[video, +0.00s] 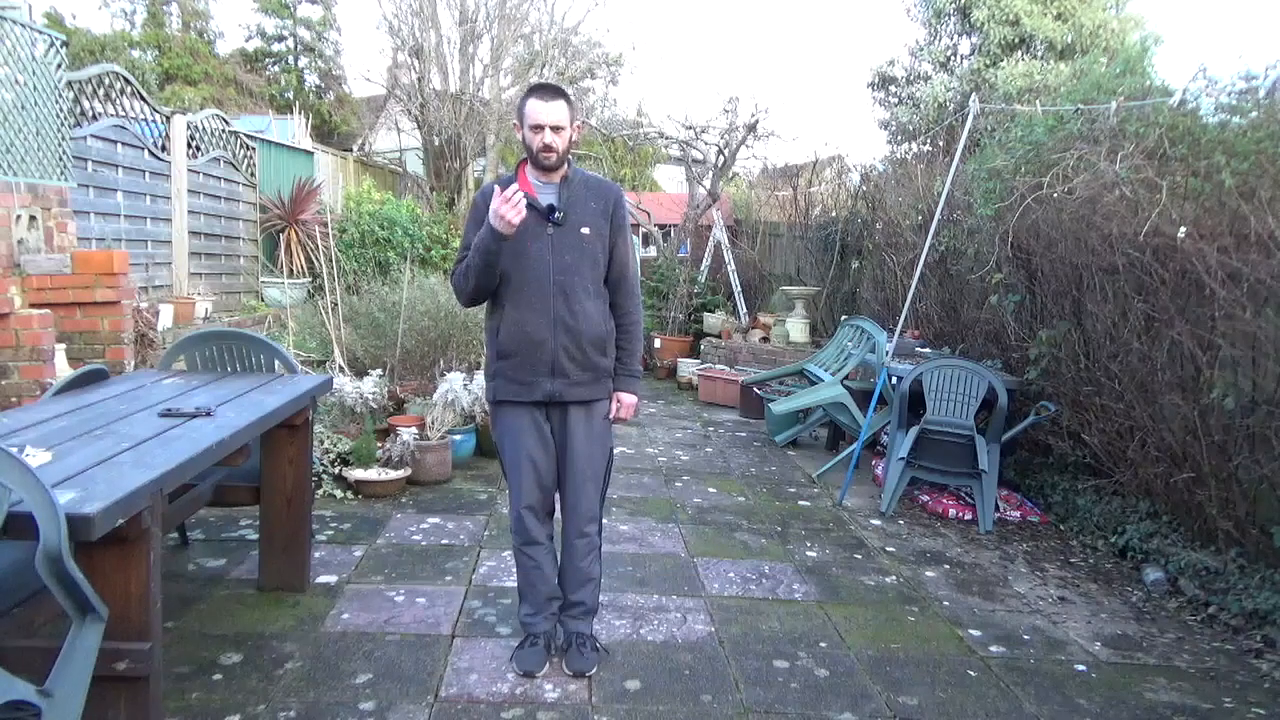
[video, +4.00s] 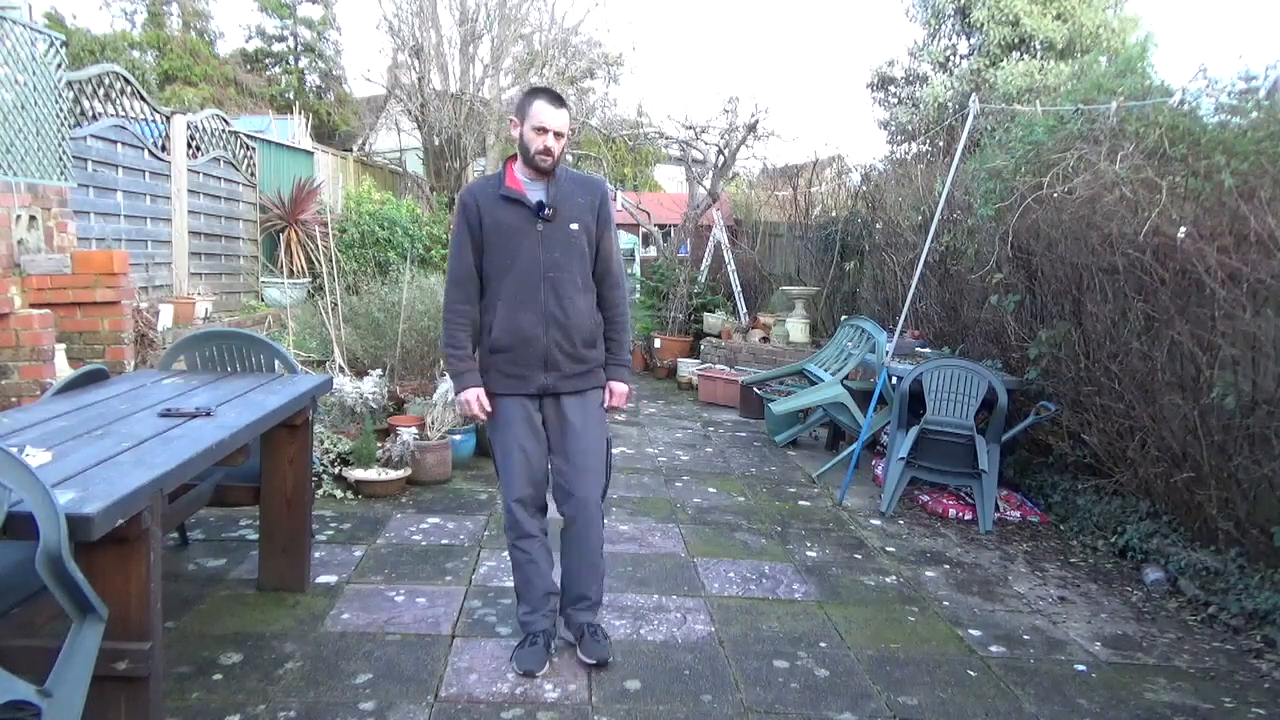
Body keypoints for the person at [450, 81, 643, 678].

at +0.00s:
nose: (547, 139)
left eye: (556, 128)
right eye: (536, 129)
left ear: (573, 130)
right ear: (521, 131)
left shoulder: (606, 197)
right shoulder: (493, 197)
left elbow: (626, 293)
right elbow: (467, 291)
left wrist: (628, 376)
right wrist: (496, 232)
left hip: (590, 380)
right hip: (516, 380)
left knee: (583, 513)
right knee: (528, 513)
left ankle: (580, 627)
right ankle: (536, 629)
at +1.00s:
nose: (537, 141)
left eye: (546, 130)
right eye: (526, 132)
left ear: (566, 130)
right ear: (513, 135)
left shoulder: (601, 195)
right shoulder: (489, 198)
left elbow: (623, 292)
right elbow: (467, 295)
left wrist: (627, 376)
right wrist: (484, 251)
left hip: (588, 379)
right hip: (515, 381)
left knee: (582, 513)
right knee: (528, 513)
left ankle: (579, 626)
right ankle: (535, 629)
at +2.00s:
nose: (535, 141)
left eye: (545, 130)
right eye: (524, 132)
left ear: (564, 129)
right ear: (511, 135)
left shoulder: (599, 195)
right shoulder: (486, 200)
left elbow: (621, 292)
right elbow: (464, 295)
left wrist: (624, 375)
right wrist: (485, 261)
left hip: (586, 378)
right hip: (512, 381)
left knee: (581, 513)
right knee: (526, 513)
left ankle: (580, 625)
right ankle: (535, 627)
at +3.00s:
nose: (533, 141)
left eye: (543, 130)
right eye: (523, 132)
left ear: (563, 129)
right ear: (510, 135)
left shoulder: (598, 195)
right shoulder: (486, 199)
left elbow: (619, 290)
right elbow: (464, 295)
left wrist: (623, 373)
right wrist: (480, 253)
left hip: (585, 376)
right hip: (512, 379)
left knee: (581, 512)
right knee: (525, 512)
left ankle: (580, 626)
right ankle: (536, 628)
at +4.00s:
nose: (550, 143)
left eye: (559, 135)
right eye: (541, 131)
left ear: (569, 139)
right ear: (517, 129)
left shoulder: (590, 193)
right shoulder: (478, 198)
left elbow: (612, 287)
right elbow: (460, 293)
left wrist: (618, 366)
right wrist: (465, 375)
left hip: (582, 374)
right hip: (508, 378)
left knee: (585, 501)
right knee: (522, 506)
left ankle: (584, 616)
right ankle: (536, 624)